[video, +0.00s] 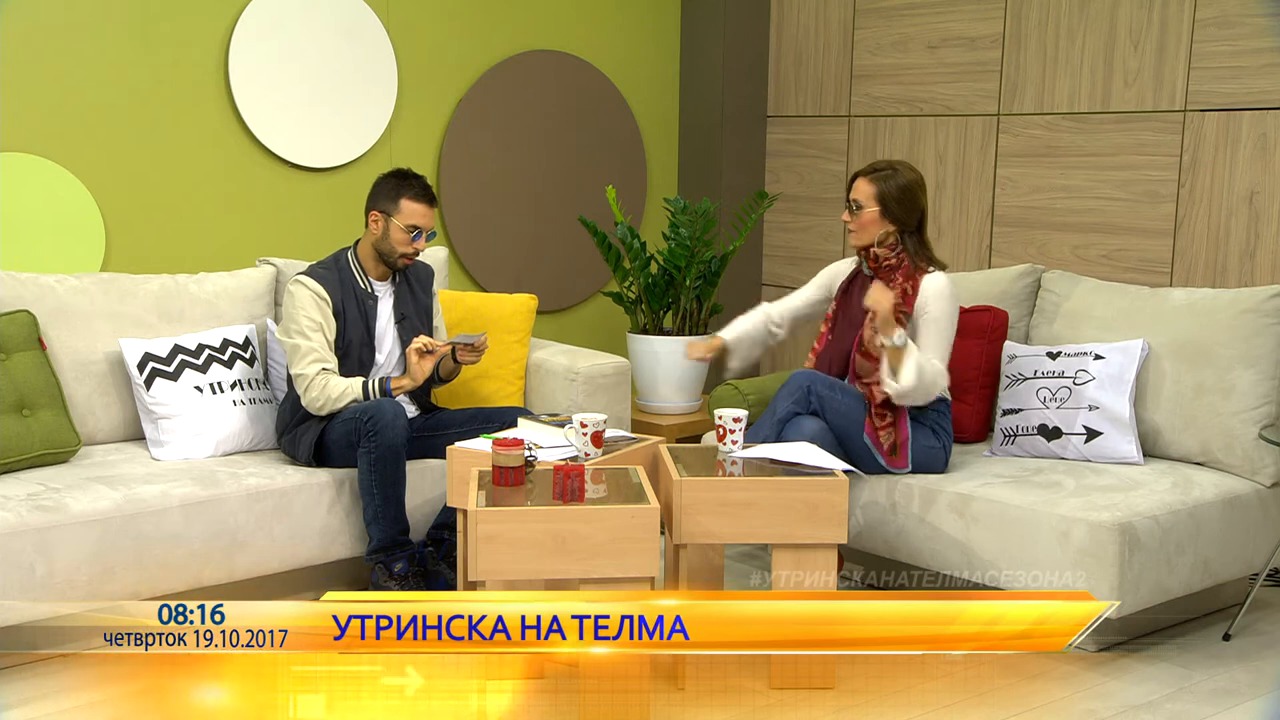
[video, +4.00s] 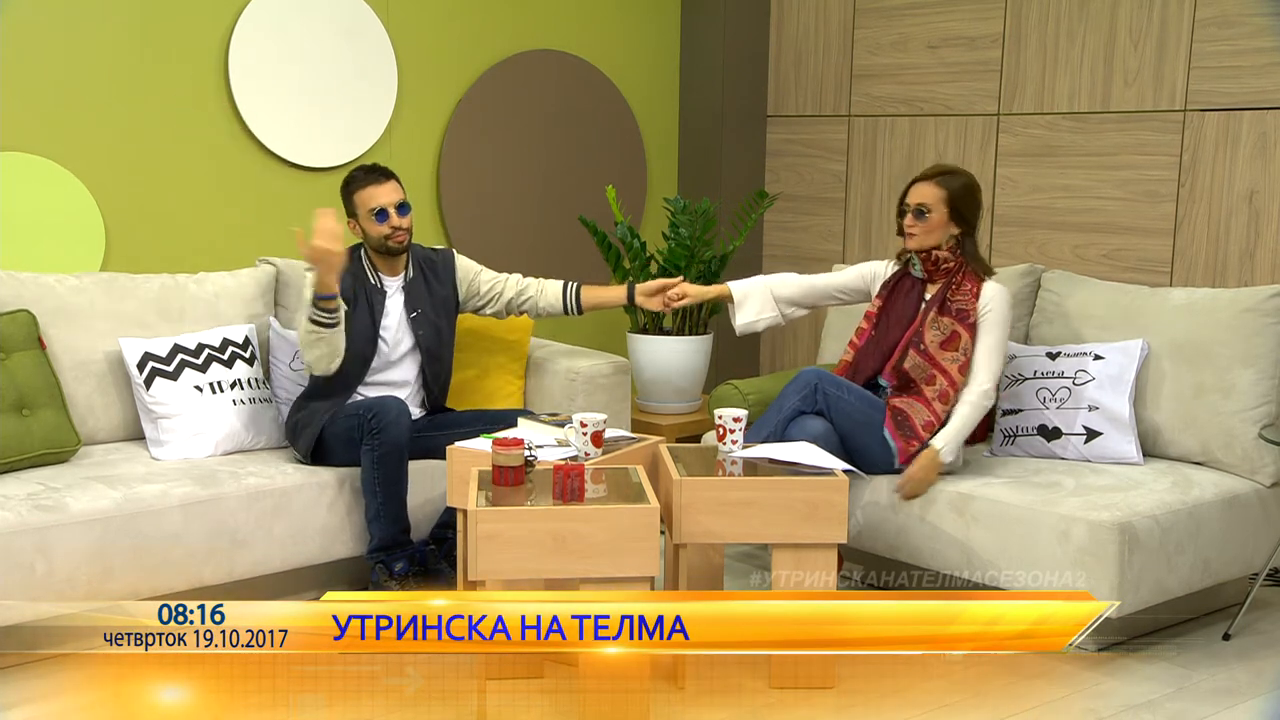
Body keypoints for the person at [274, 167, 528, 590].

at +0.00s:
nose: (421, 246)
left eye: (427, 235)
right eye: (412, 232)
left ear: (432, 232)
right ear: (375, 221)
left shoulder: (419, 278)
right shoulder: (312, 289)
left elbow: (430, 374)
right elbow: (318, 391)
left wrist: (454, 359)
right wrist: (401, 381)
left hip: (405, 422)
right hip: (322, 429)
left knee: (515, 422)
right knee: (387, 414)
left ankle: (440, 550)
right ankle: (392, 563)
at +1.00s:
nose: (449, 220)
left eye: (444, 208)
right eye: (436, 212)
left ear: (405, 228)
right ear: (400, 227)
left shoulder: (434, 275)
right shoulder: (344, 282)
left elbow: (445, 357)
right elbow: (372, 365)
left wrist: (473, 384)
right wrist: (462, 382)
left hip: (405, 421)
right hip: (327, 425)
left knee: (502, 418)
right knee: (388, 412)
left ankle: (440, 548)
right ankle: (392, 561)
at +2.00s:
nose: (418, 216)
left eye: (427, 205)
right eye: (404, 206)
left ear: (435, 214)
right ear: (379, 218)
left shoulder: (439, 275)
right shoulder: (346, 279)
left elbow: (444, 356)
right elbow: (341, 373)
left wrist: (475, 392)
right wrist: (420, 357)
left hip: (412, 422)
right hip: (333, 425)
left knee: (510, 420)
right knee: (395, 415)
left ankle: (440, 549)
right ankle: (392, 562)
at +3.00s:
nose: (390, 218)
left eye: (401, 208)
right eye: (377, 207)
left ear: (414, 215)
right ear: (355, 214)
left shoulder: (437, 275)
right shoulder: (324, 263)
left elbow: (492, 328)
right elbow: (286, 219)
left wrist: (567, 348)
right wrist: (249, 150)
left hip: (415, 420)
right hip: (335, 426)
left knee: (513, 423)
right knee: (391, 414)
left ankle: (442, 554)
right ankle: (392, 564)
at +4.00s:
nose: (397, 223)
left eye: (402, 209)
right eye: (380, 215)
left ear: (411, 209)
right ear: (355, 223)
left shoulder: (441, 267)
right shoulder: (338, 275)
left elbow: (520, 294)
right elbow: (321, 361)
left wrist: (630, 294)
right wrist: (326, 286)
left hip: (417, 421)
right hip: (332, 424)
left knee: (519, 428)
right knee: (389, 411)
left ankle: (440, 549)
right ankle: (390, 560)